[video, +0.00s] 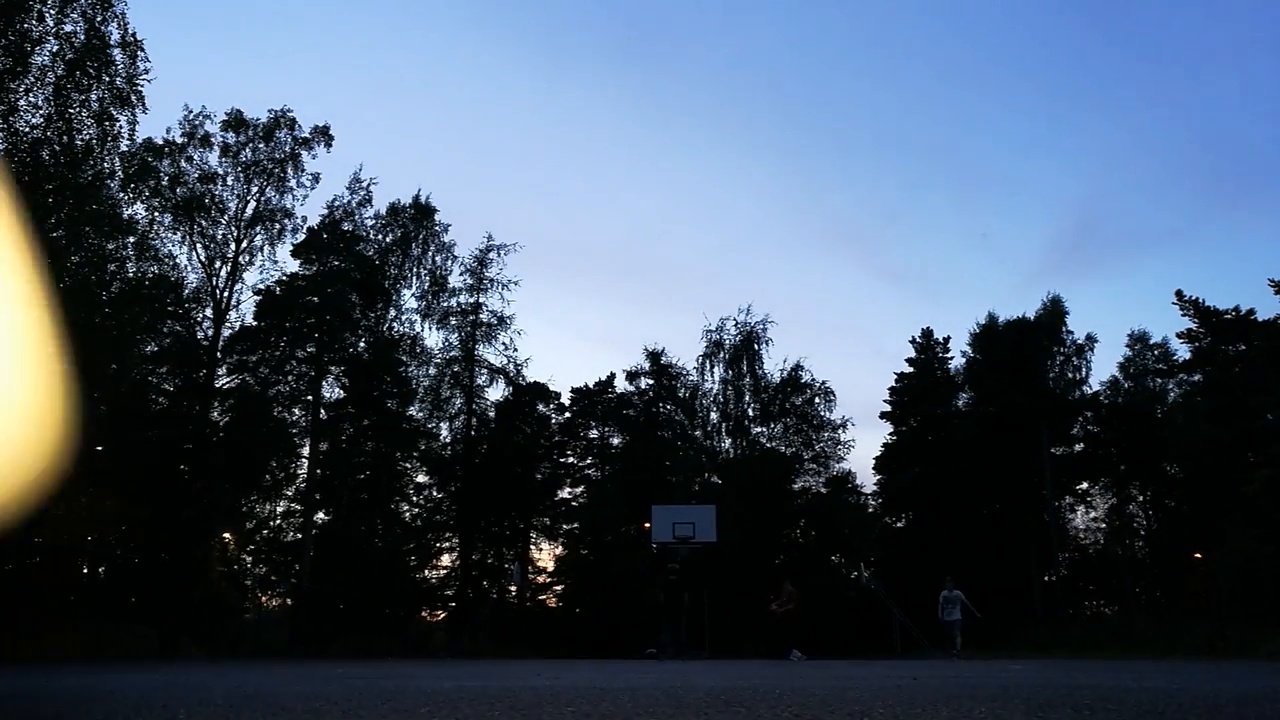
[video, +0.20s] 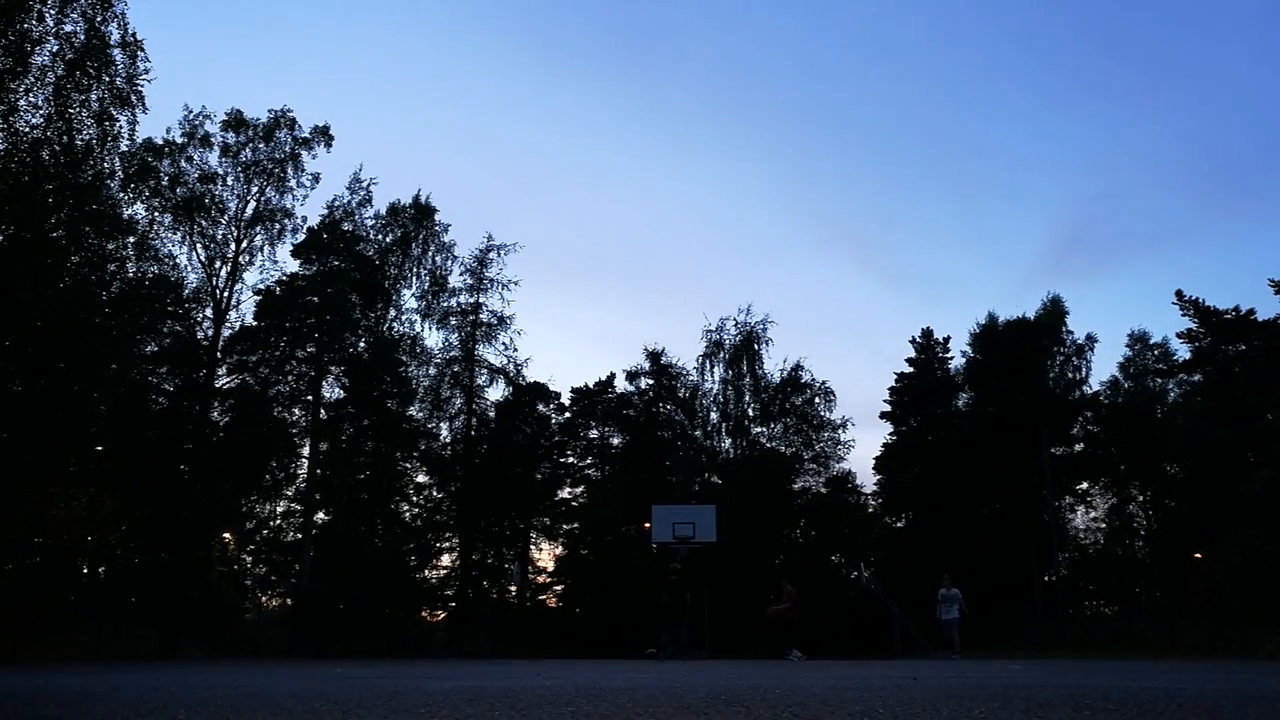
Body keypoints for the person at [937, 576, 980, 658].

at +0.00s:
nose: (949, 586)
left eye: (950, 584)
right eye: (948, 584)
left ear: (953, 585)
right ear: (946, 585)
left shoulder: (958, 593)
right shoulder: (943, 594)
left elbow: (966, 603)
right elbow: (940, 605)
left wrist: (975, 612)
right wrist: (940, 614)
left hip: (956, 617)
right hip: (946, 618)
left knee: (957, 634)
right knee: (948, 634)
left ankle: (957, 650)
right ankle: (949, 650)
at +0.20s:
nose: (947, 584)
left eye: (948, 583)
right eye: (946, 583)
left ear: (950, 583)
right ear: (944, 583)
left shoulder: (956, 592)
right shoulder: (941, 592)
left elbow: (961, 602)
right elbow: (939, 604)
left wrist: (963, 610)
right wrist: (938, 614)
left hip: (954, 617)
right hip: (944, 617)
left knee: (954, 633)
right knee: (946, 634)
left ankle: (956, 651)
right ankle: (948, 651)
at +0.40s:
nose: (943, 583)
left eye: (944, 581)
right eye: (942, 581)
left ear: (947, 582)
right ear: (940, 582)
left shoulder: (952, 591)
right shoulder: (938, 591)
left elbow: (955, 603)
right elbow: (937, 603)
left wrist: (955, 612)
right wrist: (936, 613)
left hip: (951, 616)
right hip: (941, 616)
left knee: (953, 633)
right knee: (941, 632)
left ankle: (955, 650)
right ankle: (941, 650)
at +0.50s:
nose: (941, 584)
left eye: (942, 582)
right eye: (939, 582)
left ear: (944, 583)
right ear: (938, 583)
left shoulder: (949, 592)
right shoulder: (935, 592)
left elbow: (950, 603)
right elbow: (935, 603)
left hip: (949, 616)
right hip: (939, 617)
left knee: (953, 633)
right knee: (939, 634)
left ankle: (956, 650)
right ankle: (937, 650)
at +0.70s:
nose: (931, 583)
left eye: (932, 581)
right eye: (930, 582)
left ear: (934, 582)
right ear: (928, 583)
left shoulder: (940, 591)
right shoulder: (927, 593)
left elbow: (942, 603)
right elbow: (927, 604)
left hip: (941, 616)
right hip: (931, 616)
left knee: (945, 633)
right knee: (932, 634)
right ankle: (932, 650)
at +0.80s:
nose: (927, 582)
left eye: (928, 580)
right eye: (926, 580)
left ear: (930, 580)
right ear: (924, 581)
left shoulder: (936, 589)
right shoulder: (923, 591)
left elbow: (939, 601)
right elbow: (923, 602)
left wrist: (939, 612)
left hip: (936, 616)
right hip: (926, 616)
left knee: (938, 632)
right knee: (929, 634)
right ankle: (931, 651)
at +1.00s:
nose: (920, 581)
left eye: (921, 579)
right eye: (919, 579)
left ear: (923, 579)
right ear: (917, 580)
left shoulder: (930, 588)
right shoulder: (915, 590)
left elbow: (936, 600)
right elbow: (913, 602)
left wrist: (939, 611)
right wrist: (912, 612)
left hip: (928, 613)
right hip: (919, 614)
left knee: (927, 631)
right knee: (924, 632)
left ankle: (931, 651)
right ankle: (929, 651)